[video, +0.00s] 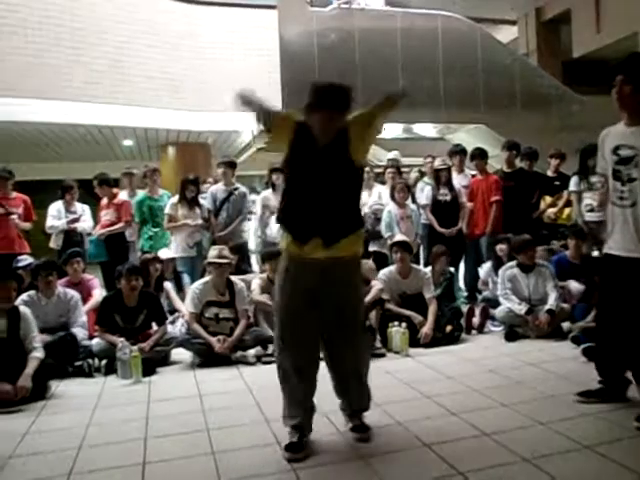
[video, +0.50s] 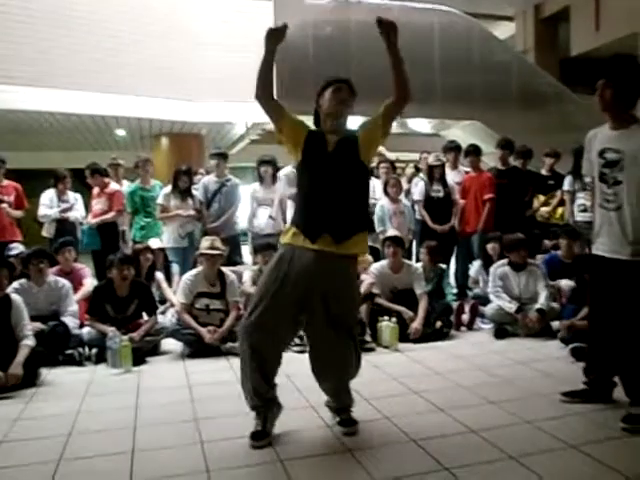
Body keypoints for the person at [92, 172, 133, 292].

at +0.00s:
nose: (96, 191)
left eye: (97, 187)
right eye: (95, 188)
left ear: (104, 187)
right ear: (104, 187)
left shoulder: (123, 202)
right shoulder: (103, 202)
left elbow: (126, 222)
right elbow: (102, 221)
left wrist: (106, 232)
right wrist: (95, 232)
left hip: (118, 237)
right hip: (104, 238)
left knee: (120, 271)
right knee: (107, 273)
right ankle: (112, 299)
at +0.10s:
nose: (96, 190)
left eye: (97, 186)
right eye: (95, 187)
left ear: (104, 185)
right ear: (98, 187)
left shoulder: (121, 197)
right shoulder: (101, 200)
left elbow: (126, 220)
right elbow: (101, 218)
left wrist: (106, 230)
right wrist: (96, 228)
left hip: (117, 235)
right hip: (104, 236)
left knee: (119, 268)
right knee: (108, 269)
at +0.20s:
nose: (100, 184)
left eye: (101, 181)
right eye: (99, 181)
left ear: (109, 180)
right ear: (107, 181)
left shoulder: (126, 193)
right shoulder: (107, 195)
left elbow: (129, 215)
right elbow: (106, 213)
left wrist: (109, 224)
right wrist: (99, 224)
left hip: (120, 230)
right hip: (107, 230)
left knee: (122, 262)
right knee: (109, 264)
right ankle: (114, 290)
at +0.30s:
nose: (96, 182)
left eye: (97, 179)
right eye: (95, 179)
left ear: (105, 178)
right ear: (104, 179)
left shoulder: (122, 191)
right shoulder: (102, 192)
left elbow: (125, 213)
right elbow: (102, 210)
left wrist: (105, 222)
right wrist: (96, 221)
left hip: (116, 227)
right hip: (103, 228)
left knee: (118, 260)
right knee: (105, 261)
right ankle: (110, 287)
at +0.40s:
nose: (94, 183)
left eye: (95, 179)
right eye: (94, 179)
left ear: (103, 178)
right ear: (102, 178)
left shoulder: (121, 191)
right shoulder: (101, 192)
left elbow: (124, 213)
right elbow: (100, 210)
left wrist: (104, 222)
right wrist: (95, 220)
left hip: (115, 227)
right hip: (102, 227)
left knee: (116, 260)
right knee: (103, 260)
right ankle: (107, 285)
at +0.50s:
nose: (88, 181)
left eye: (89, 178)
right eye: (87, 178)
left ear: (97, 177)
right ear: (96, 177)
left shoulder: (115, 190)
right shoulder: (95, 190)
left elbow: (118, 212)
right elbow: (94, 209)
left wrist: (97, 221)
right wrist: (89, 219)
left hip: (109, 226)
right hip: (96, 226)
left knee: (111, 259)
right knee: (98, 259)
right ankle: (102, 286)